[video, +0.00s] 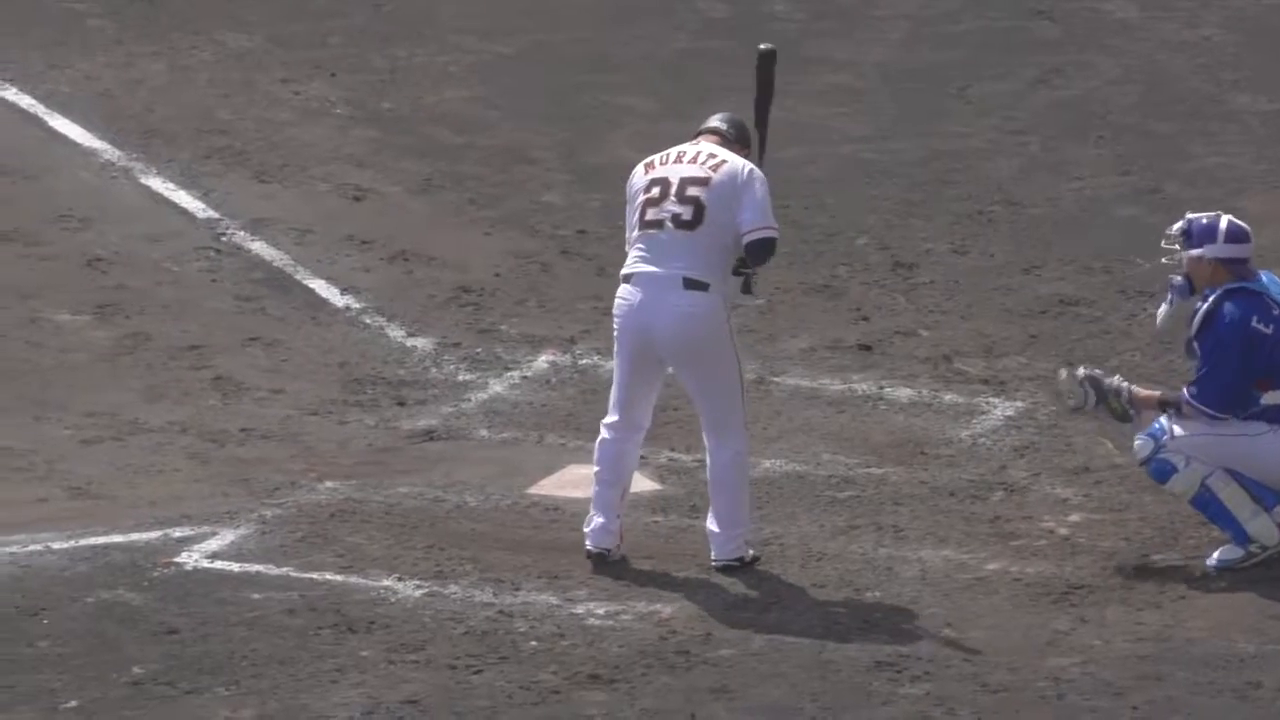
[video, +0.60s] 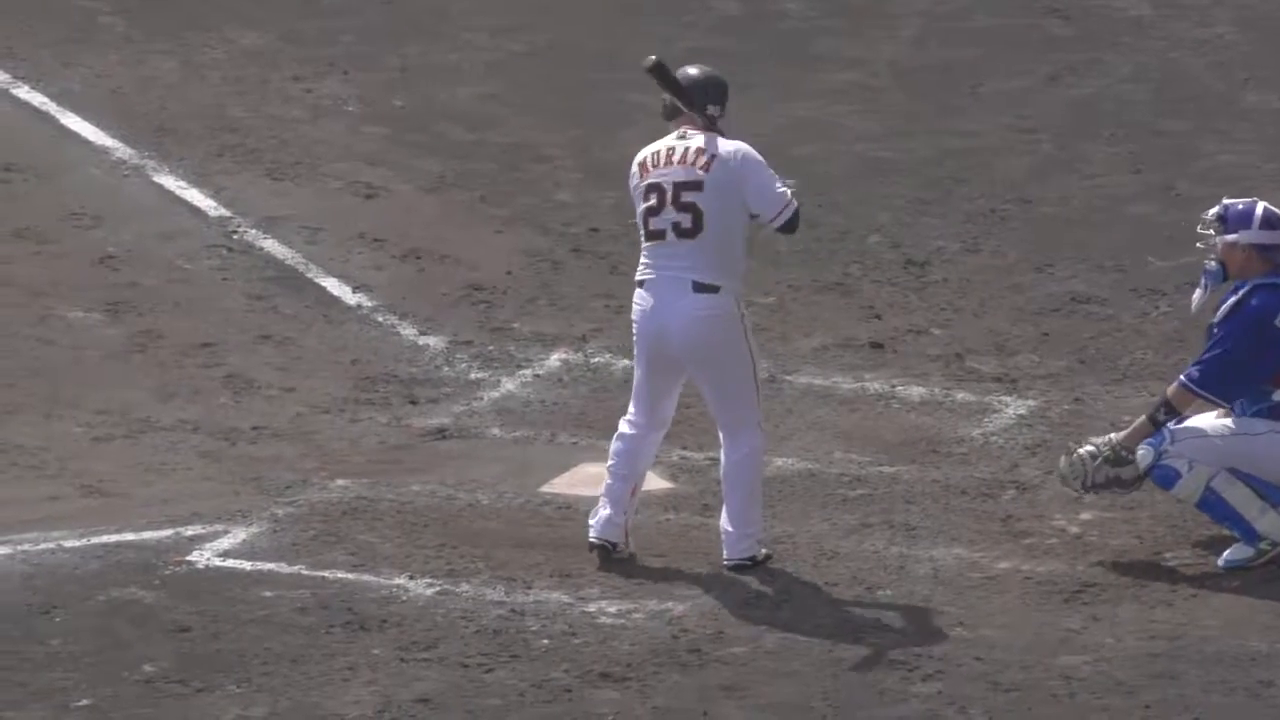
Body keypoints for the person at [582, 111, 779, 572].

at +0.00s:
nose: (743, 158)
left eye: (741, 152)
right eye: (744, 153)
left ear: (700, 134)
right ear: (740, 145)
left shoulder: (644, 166)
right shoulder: (742, 170)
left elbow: (638, 238)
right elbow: (760, 246)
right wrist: (742, 262)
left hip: (632, 299)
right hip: (696, 306)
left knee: (623, 421)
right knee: (724, 430)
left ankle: (600, 537)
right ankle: (729, 546)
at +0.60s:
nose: (726, 113)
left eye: (723, 106)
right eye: (724, 106)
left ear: (674, 108)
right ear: (717, 109)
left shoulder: (642, 161)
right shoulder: (736, 156)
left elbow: (658, 221)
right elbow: (787, 219)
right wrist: (769, 187)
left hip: (648, 306)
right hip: (711, 311)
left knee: (641, 417)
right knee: (740, 430)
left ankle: (606, 528)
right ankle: (741, 545)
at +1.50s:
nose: (687, 119)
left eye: (675, 110)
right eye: (718, 111)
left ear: (671, 113)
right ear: (720, 114)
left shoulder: (653, 162)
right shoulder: (743, 164)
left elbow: (712, 174)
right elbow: (806, 190)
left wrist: (761, 137)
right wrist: (791, 146)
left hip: (661, 312)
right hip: (724, 318)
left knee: (655, 421)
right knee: (751, 433)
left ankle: (615, 532)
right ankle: (748, 550)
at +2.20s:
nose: (640, 138)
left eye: (643, 133)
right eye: (647, 134)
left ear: (647, 138)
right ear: (691, 137)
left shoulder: (631, 184)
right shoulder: (712, 183)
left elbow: (704, 165)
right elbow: (780, 167)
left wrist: (743, 116)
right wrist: (762, 118)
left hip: (630, 336)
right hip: (690, 343)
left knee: (627, 444)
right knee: (716, 454)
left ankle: (578, 551)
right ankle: (708, 572)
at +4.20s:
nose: (603, 174)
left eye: (607, 169)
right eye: (659, 172)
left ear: (611, 172)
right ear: (657, 173)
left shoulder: (594, 217)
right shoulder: (673, 220)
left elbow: (672, 207)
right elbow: (738, 217)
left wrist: (710, 163)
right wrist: (728, 171)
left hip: (588, 369)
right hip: (648, 376)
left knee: (584, 476)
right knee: (676, 486)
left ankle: (535, 577)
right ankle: (664, 600)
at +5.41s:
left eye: (582, 197)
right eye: (630, 199)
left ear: (584, 199)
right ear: (627, 202)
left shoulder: (567, 242)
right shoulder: (638, 245)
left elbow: (641, 278)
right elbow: (708, 263)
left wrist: (710, 232)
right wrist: (705, 219)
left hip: (539, 392)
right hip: (599, 402)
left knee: (592, 435)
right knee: (632, 501)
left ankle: (554, 515)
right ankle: (619, 608)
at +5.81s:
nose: (594, 215)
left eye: (548, 201)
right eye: (593, 207)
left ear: (551, 205)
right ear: (591, 208)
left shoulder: (537, 243)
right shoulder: (598, 246)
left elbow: (607, 293)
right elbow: (668, 272)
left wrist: (666, 261)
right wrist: (672, 237)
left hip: (499, 381)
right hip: (548, 394)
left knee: (587, 404)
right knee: (598, 484)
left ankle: (532, 499)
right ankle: (601, 587)